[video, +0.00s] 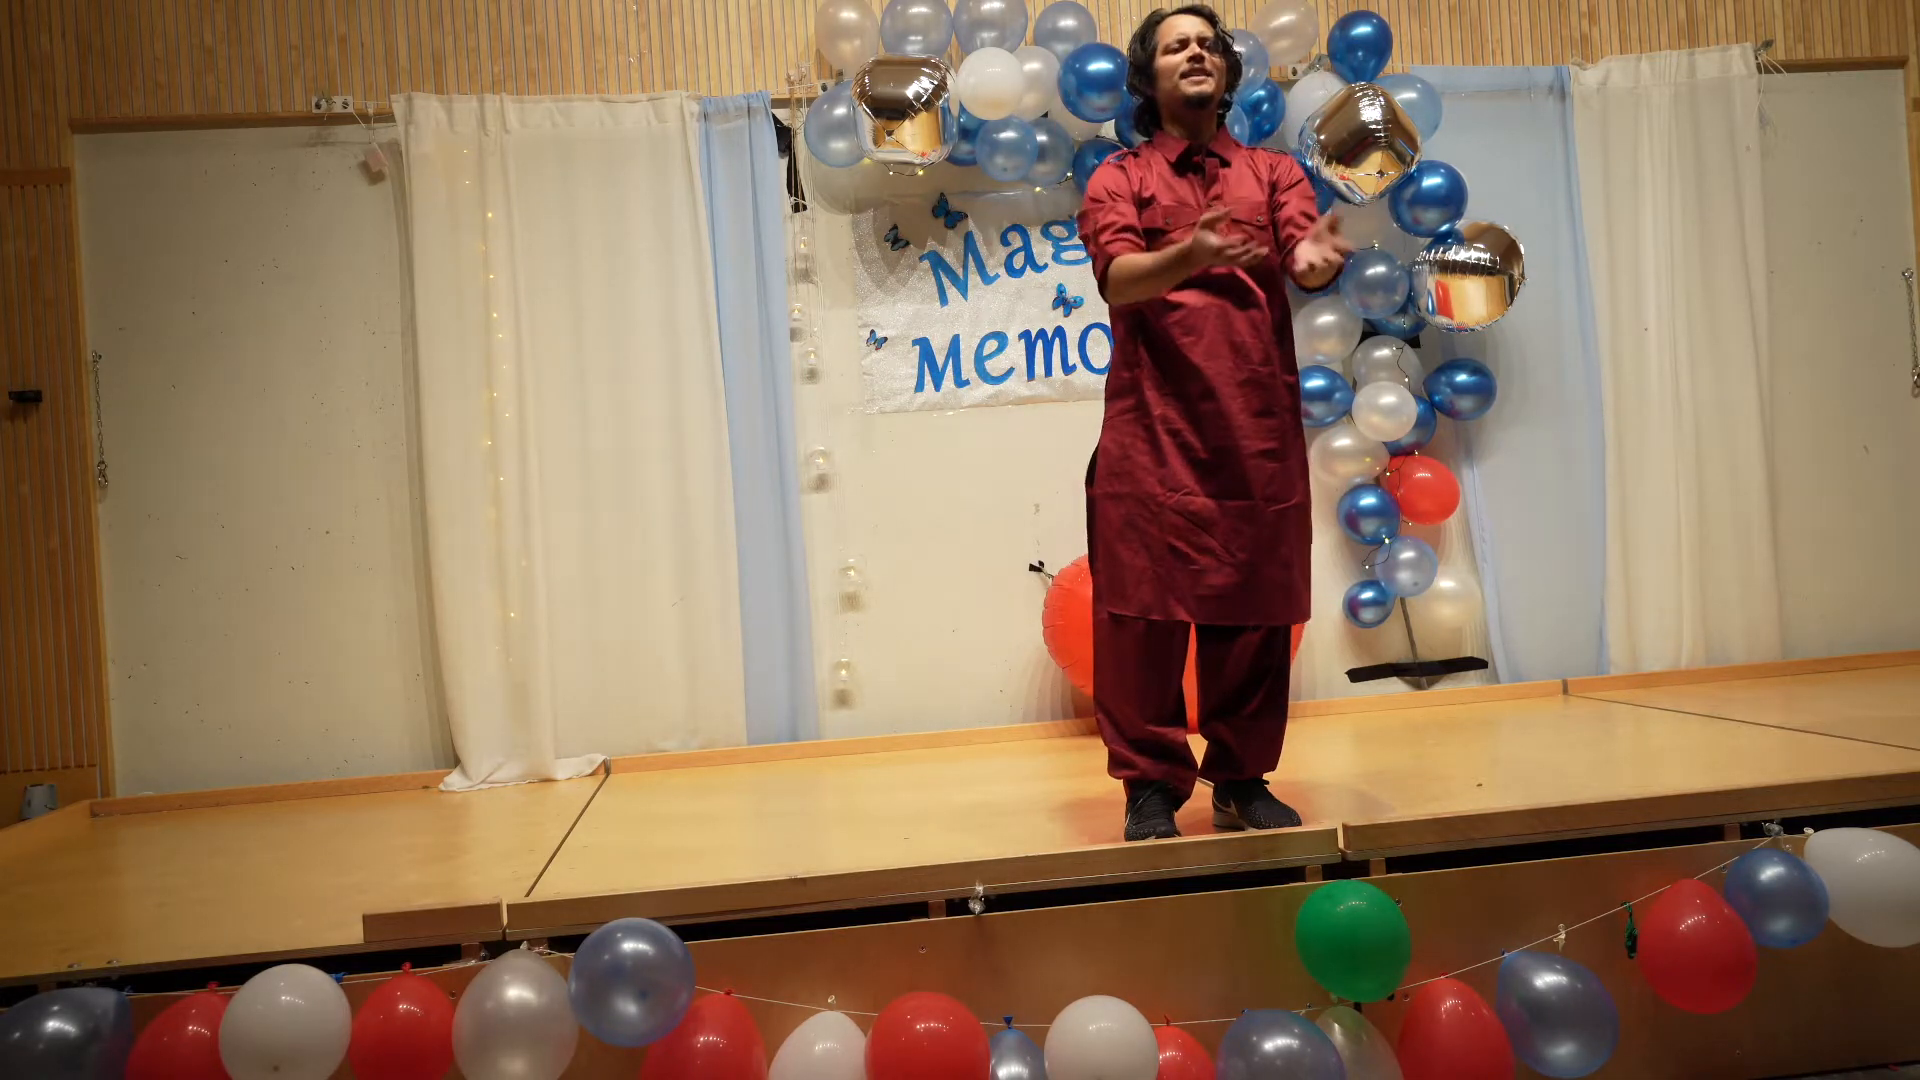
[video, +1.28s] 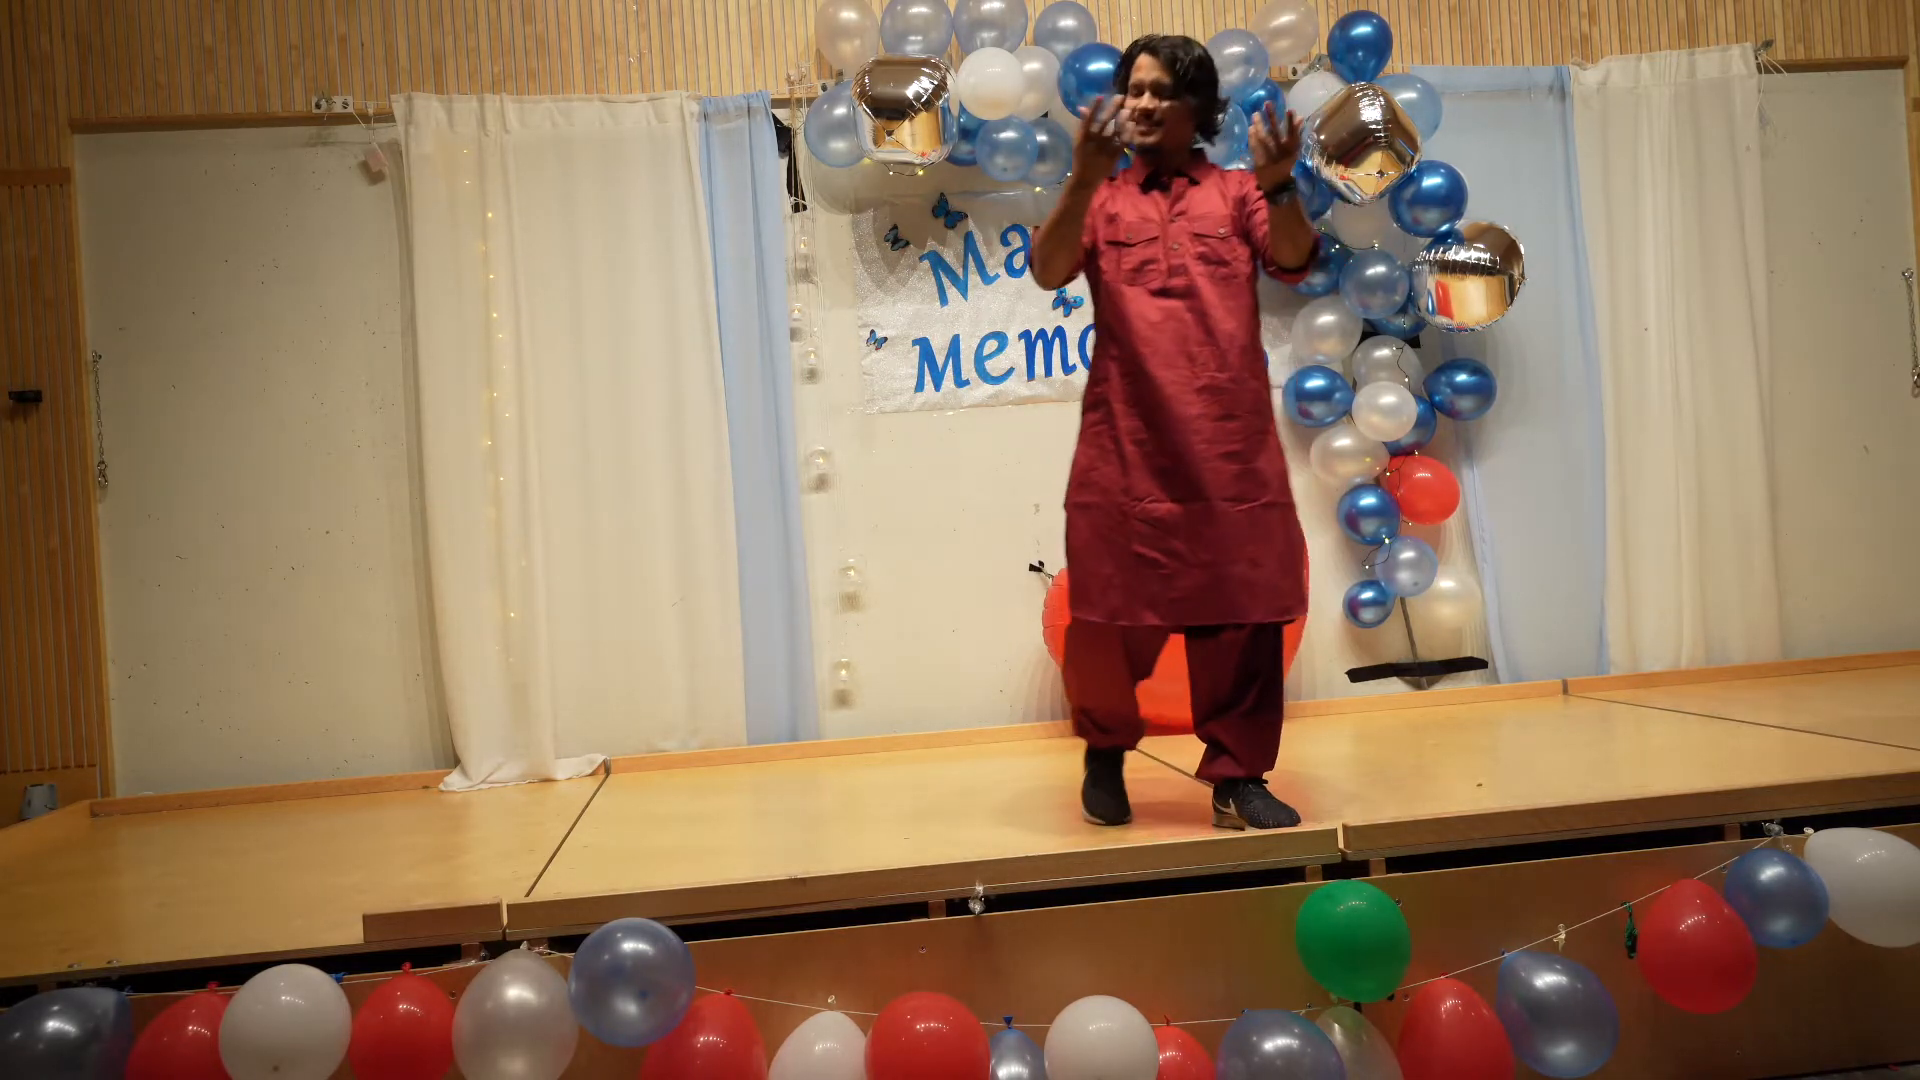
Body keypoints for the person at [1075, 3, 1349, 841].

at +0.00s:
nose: (1197, 55)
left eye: (1209, 45)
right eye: (1177, 47)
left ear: (1231, 72)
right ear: (1146, 80)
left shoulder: (1274, 171)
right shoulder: (1117, 179)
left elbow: (1314, 240)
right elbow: (1117, 281)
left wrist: (1316, 256)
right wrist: (1192, 249)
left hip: (1256, 423)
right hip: (1152, 426)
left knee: (1252, 604)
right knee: (1142, 607)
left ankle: (1241, 784)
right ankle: (1150, 789)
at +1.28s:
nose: (1139, 103)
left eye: (1158, 92)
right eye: (1132, 90)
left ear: (1197, 109)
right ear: (1118, 104)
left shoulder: (1235, 188)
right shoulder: (1100, 194)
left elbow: (1294, 261)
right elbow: (1048, 271)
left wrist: (1279, 189)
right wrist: (1083, 177)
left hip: (1229, 436)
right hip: (1128, 436)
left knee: (1243, 607)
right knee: (1109, 607)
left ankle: (1238, 777)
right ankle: (1104, 752)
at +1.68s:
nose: (1089, 130)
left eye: (1106, 120)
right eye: (1083, 118)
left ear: (1144, 135)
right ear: (1071, 129)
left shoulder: (1176, 218)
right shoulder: (1042, 217)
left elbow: (1220, 309)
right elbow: (980, 269)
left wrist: (1199, 261)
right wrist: (1002, 179)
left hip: (1157, 446)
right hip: (1059, 450)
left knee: (1195, 605)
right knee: (1063, 612)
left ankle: (1234, 773)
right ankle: (1098, 768)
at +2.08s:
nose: (1044, 140)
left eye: (1060, 128)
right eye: (1034, 129)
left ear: (1096, 139)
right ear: (1024, 141)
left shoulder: (1141, 221)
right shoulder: (1006, 225)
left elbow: (1179, 306)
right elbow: (936, 248)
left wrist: (1143, 318)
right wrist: (947, 153)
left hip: (1128, 451)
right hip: (1036, 452)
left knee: (1148, 606)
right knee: (1052, 613)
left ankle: (1135, 732)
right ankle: (1093, 758)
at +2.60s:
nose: (1051, 164)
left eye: (1061, 154)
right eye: (1036, 155)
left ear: (1077, 169)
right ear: (1008, 173)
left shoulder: (1110, 247)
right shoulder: (991, 249)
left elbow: (1166, 324)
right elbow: (946, 275)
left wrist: (1173, 310)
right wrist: (994, 196)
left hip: (1113, 447)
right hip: (1035, 450)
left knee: (1117, 597)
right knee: (1055, 601)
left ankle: (1094, 737)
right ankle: (1094, 749)